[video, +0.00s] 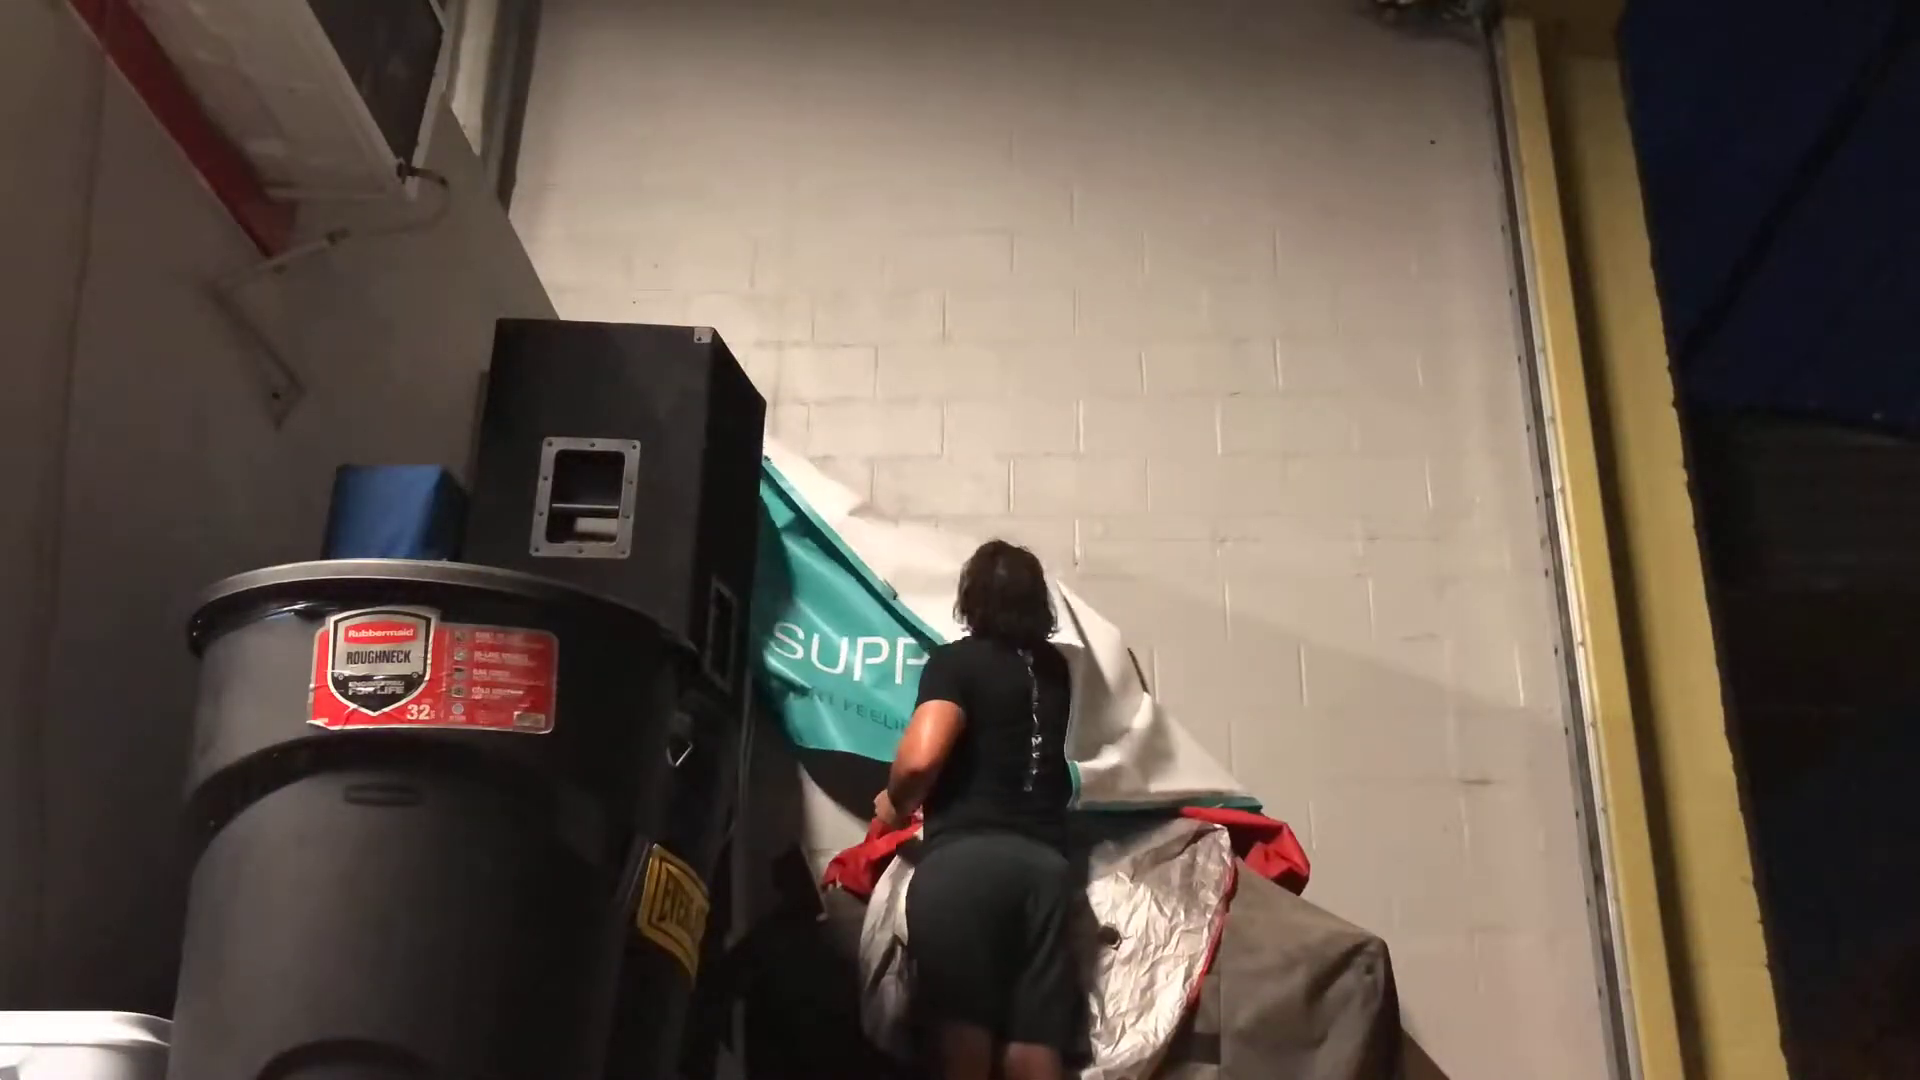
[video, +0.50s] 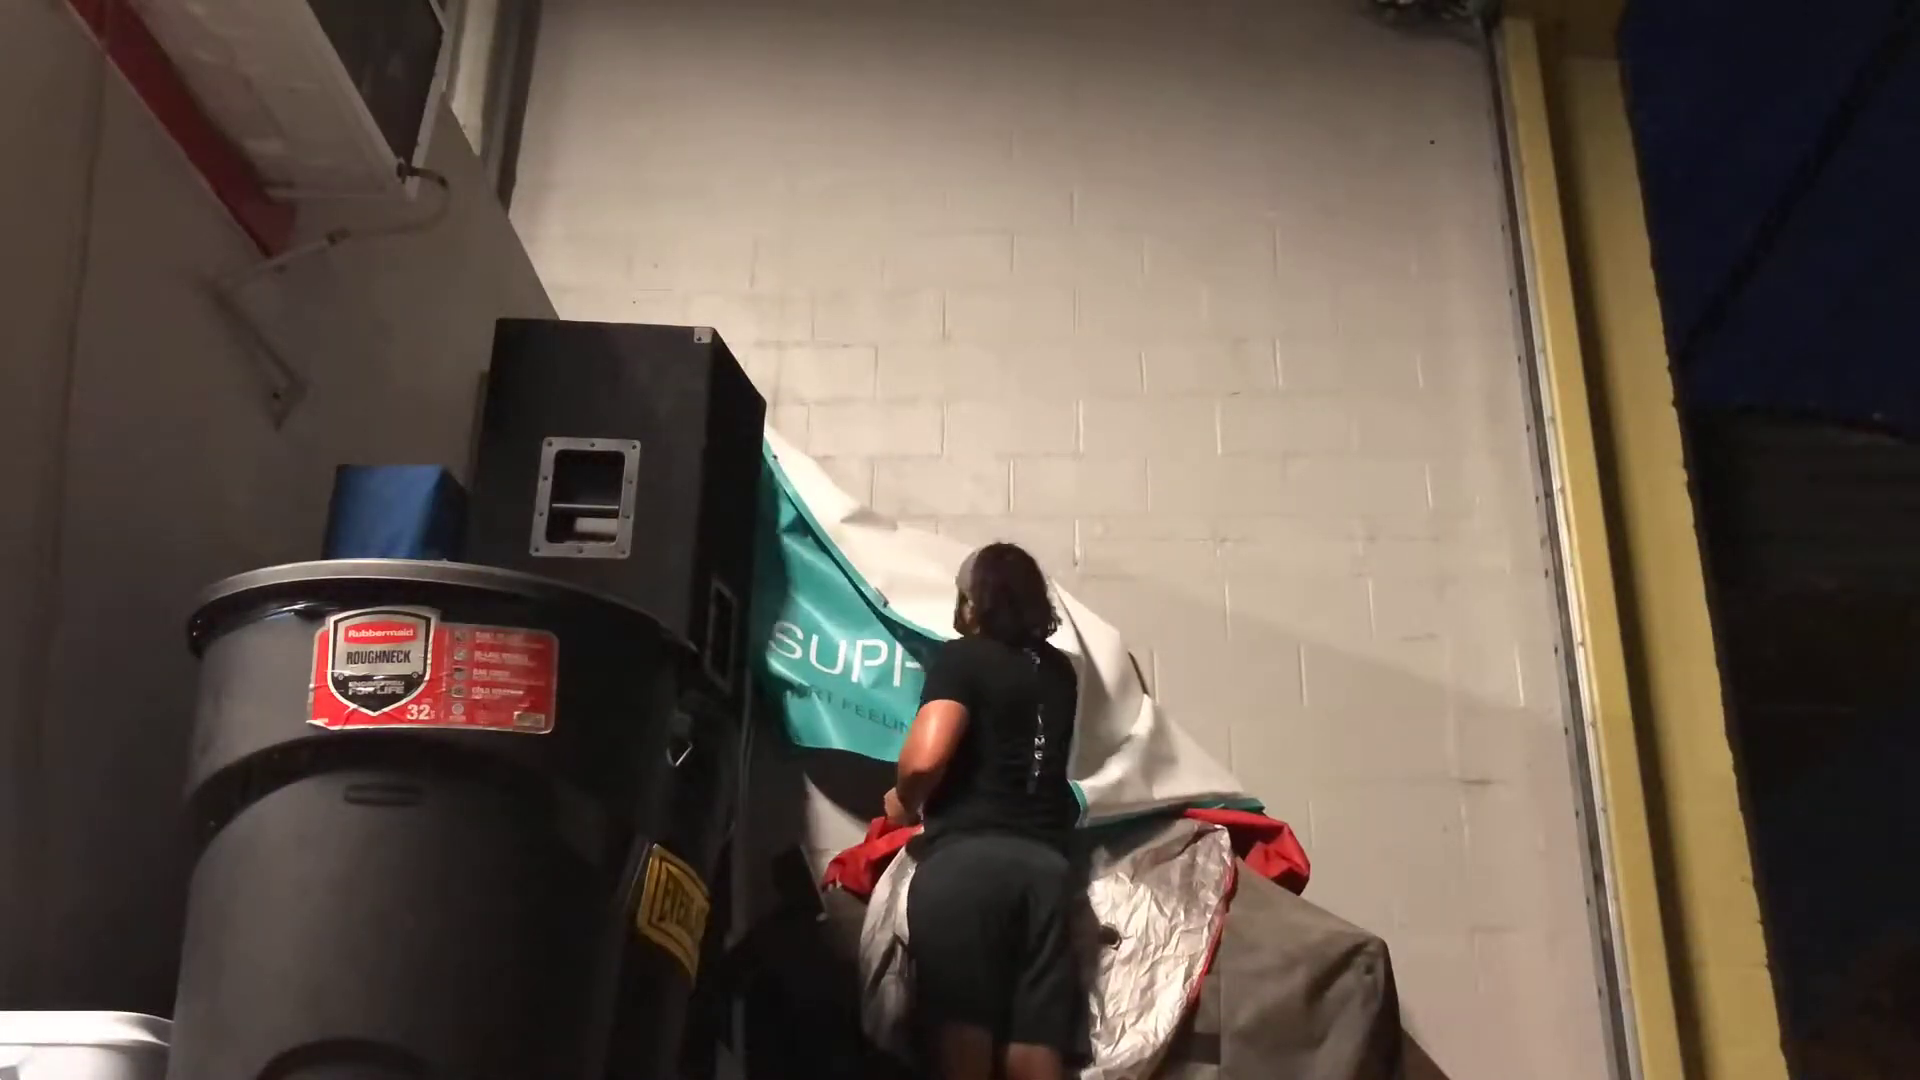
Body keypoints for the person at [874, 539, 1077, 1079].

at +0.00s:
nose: (965, 600)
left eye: (967, 590)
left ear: (970, 599)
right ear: (1038, 600)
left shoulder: (955, 660)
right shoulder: (1056, 669)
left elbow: (920, 759)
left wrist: (893, 804)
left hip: (965, 851)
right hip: (1046, 858)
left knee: (961, 1038)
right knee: (1037, 1044)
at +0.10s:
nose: (954, 603)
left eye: (957, 594)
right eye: (959, 594)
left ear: (964, 603)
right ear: (1032, 601)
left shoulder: (962, 660)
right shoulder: (1056, 667)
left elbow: (931, 760)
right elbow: (1038, 757)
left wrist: (897, 799)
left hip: (969, 853)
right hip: (1048, 858)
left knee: (962, 1037)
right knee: (1037, 1043)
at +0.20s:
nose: (956, 594)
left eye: (959, 584)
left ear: (962, 594)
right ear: (1030, 593)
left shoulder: (960, 660)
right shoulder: (1063, 665)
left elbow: (923, 767)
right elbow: (1051, 757)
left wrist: (901, 806)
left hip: (967, 856)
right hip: (1049, 862)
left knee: (962, 1041)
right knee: (1037, 1049)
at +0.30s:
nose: (952, 602)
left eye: (955, 592)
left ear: (958, 601)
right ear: (1027, 599)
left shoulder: (956, 661)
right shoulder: (1058, 667)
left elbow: (919, 766)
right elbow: (1046, 760)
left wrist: (901, 806)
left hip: (966, 853)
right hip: (1047, 859)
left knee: (962, 1039)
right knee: (1037, 1046)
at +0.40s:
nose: (952, 599)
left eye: (956, 590)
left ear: (961, 598)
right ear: (1026, 597)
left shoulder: (954, 659)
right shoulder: (1058, 664)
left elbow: (917, 767)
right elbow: (1048, 760)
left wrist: (901, 809)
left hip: (965, 855)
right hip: (1047, 861)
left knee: (962, 1040)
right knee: (1037, 1048)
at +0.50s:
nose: (957, 605)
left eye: (961, 596)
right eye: (961, 595)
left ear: (972, 602)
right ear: (1038, 604)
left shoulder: (962, 658)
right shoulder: (1063, 672)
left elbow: (923, 762)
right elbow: (1044, 764)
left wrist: (903, 803)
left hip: (966, 856)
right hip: (1047, 862)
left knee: (962, 1041)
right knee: (1037, 1047)